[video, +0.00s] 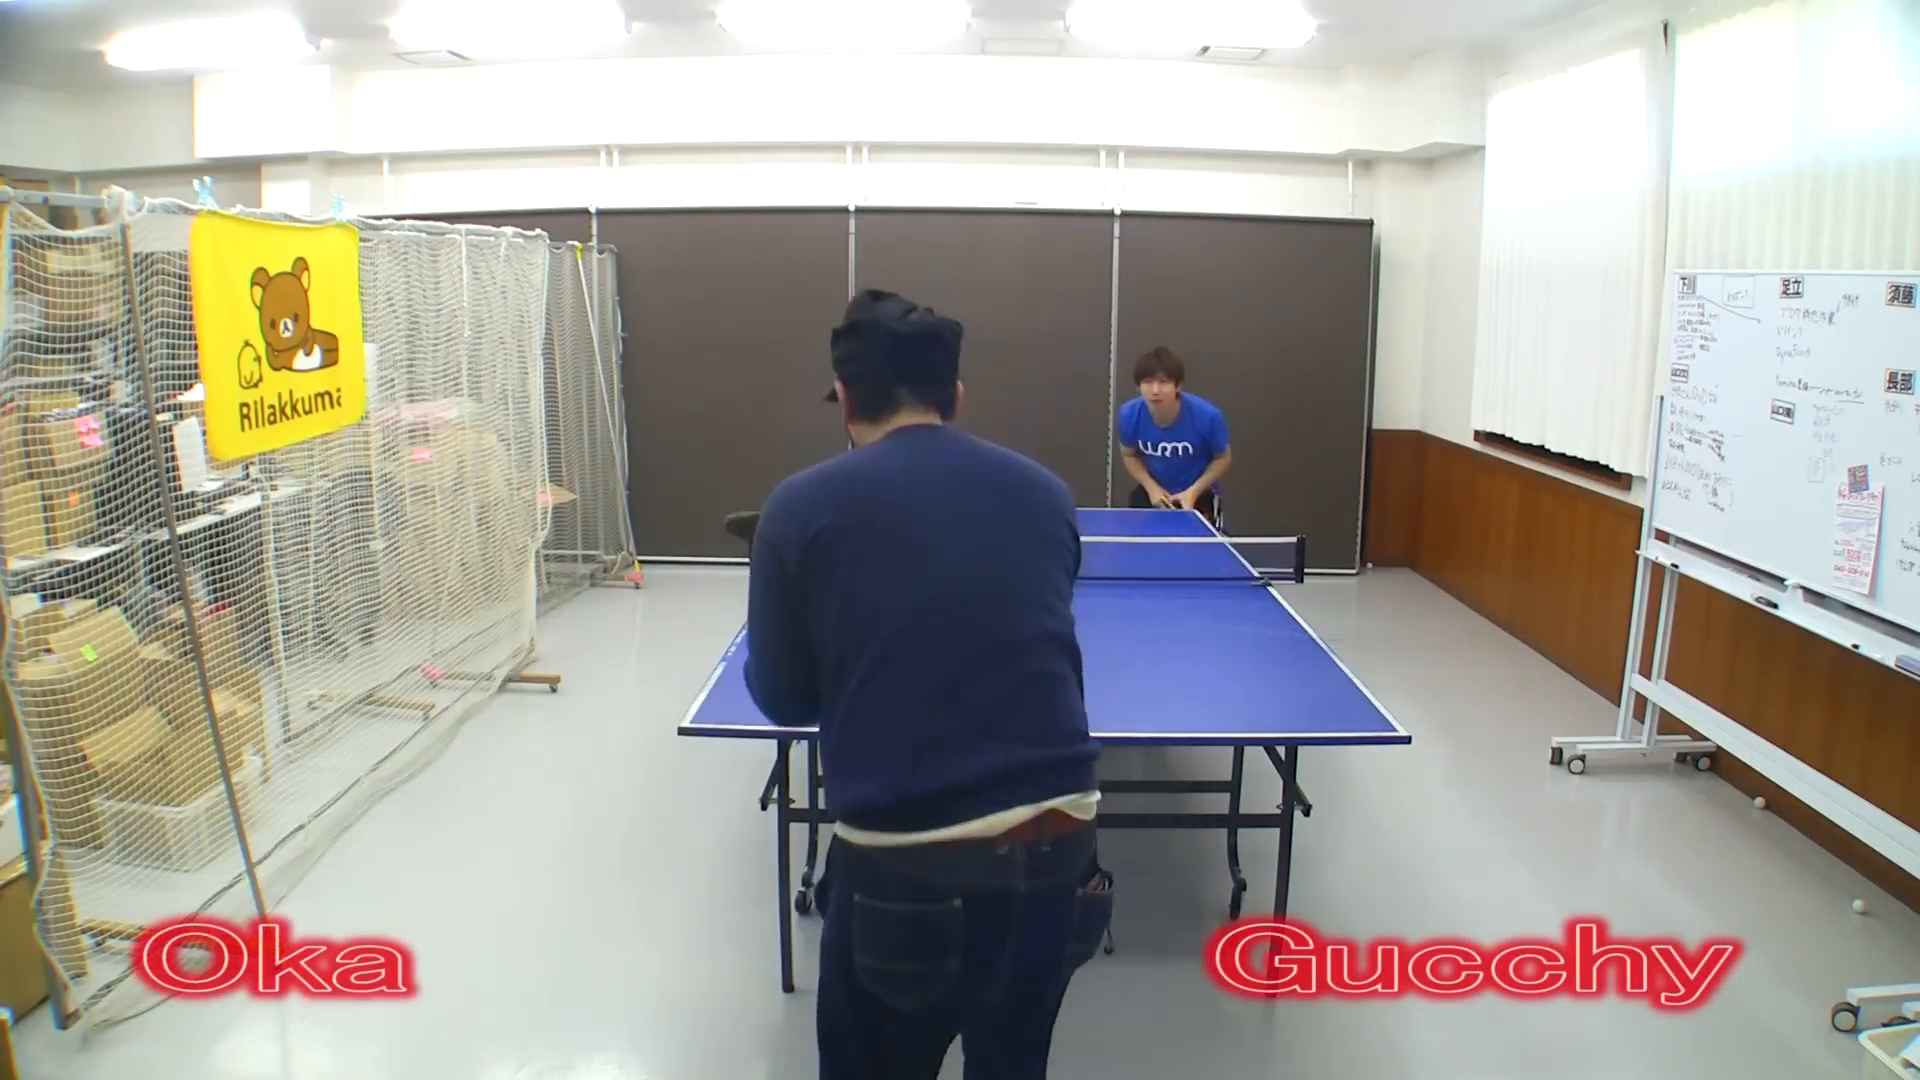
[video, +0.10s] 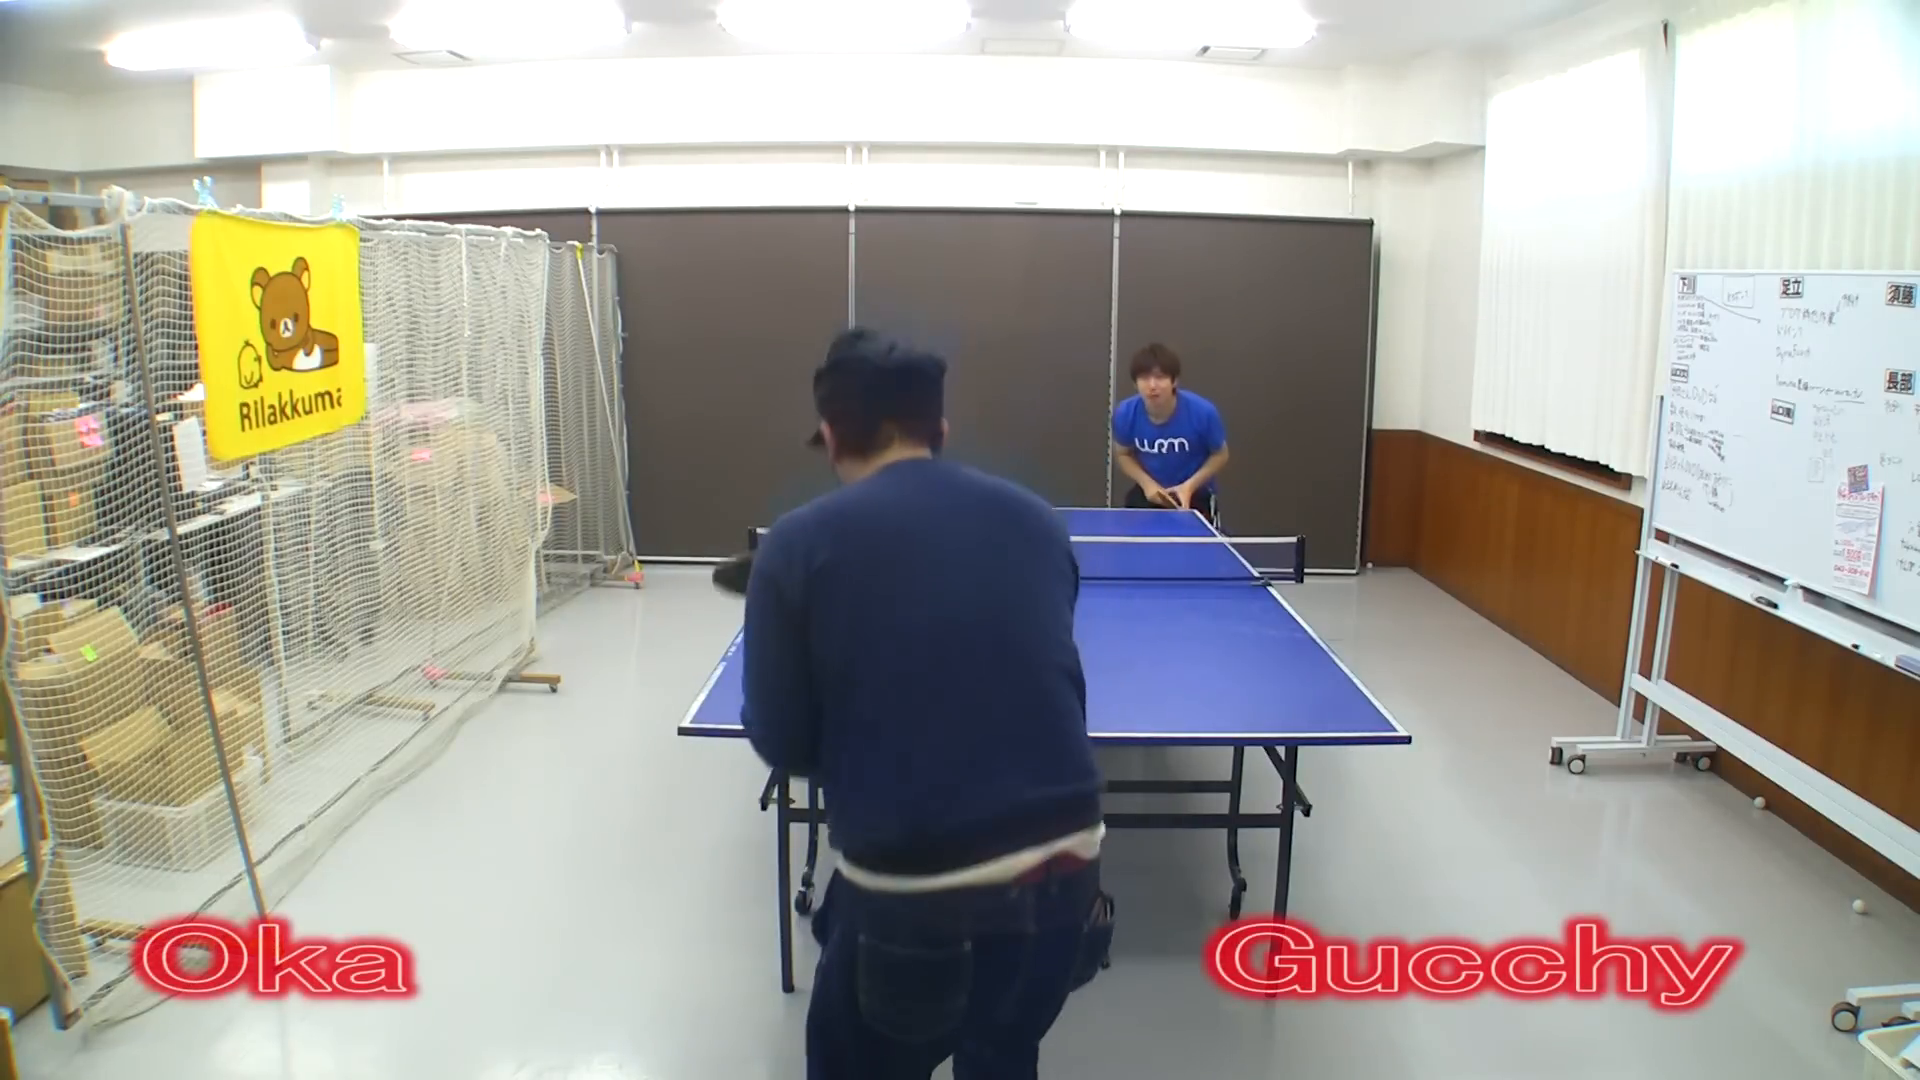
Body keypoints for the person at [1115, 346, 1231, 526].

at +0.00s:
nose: (1155, 390)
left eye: (1164, 382)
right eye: (1148, 382)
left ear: (1178, 385)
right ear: (1139, 386)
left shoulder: (1207, 417)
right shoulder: (1129, 415)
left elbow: (1224, 458)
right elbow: (1129, 455)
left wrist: (1192, 493)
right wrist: (1152, 488)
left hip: (1199, 496)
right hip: (1150, 495)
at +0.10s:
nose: (1152, 386)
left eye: (1160, 377)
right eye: (1145, 378)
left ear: (1174, 381)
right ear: (1136, 383)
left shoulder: (1203, 413)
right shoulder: (1125, 414)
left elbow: (1221, 454)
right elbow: (1123, 454)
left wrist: (1188, 487)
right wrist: (1147, 484)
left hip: (1195, 499)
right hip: (1146, 498)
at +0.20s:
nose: (1152, 381)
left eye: (1161, 372)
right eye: (1145, 373)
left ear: (1175, 376)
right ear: (1136, 379)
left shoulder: (1202, 409)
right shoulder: (1127, 410)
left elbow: (1226, 451)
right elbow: (1117, 451)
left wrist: (1189, 475)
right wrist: (1141, 474)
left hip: (1195, 502)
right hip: (1147, 501)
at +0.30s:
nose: (1153, 369)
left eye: (1161, 360)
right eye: (1145, 361)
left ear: (1175, 364)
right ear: (1137, 367)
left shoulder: (1204, 396)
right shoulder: (1130, 401)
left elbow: (1233, 438)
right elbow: (1118, 439)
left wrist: (1195, 455)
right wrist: (1128, 455)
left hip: (1198, 502)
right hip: (1150, 501)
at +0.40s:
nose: (1145, 357)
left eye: (1153, 348)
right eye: (1138, 350)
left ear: (1168, 351)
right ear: (1130, 356)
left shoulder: (1198, 382)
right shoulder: (1127, 391)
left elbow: (1235, 421)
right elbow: (1119, 435)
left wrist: (1197, 440)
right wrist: (1112, 444)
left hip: (1199, 493)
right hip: (1153, 491)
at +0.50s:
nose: (1139, 361)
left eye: (1146, 351)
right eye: (1132, 353)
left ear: (1162, 354)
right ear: (1124, 359)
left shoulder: (1196, 385)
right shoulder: (1123, 395)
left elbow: (1236, 418)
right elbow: (1114, 431)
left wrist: (1203, 441)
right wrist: (1101, 446)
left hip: (1198, 496)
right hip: (1154, 495)